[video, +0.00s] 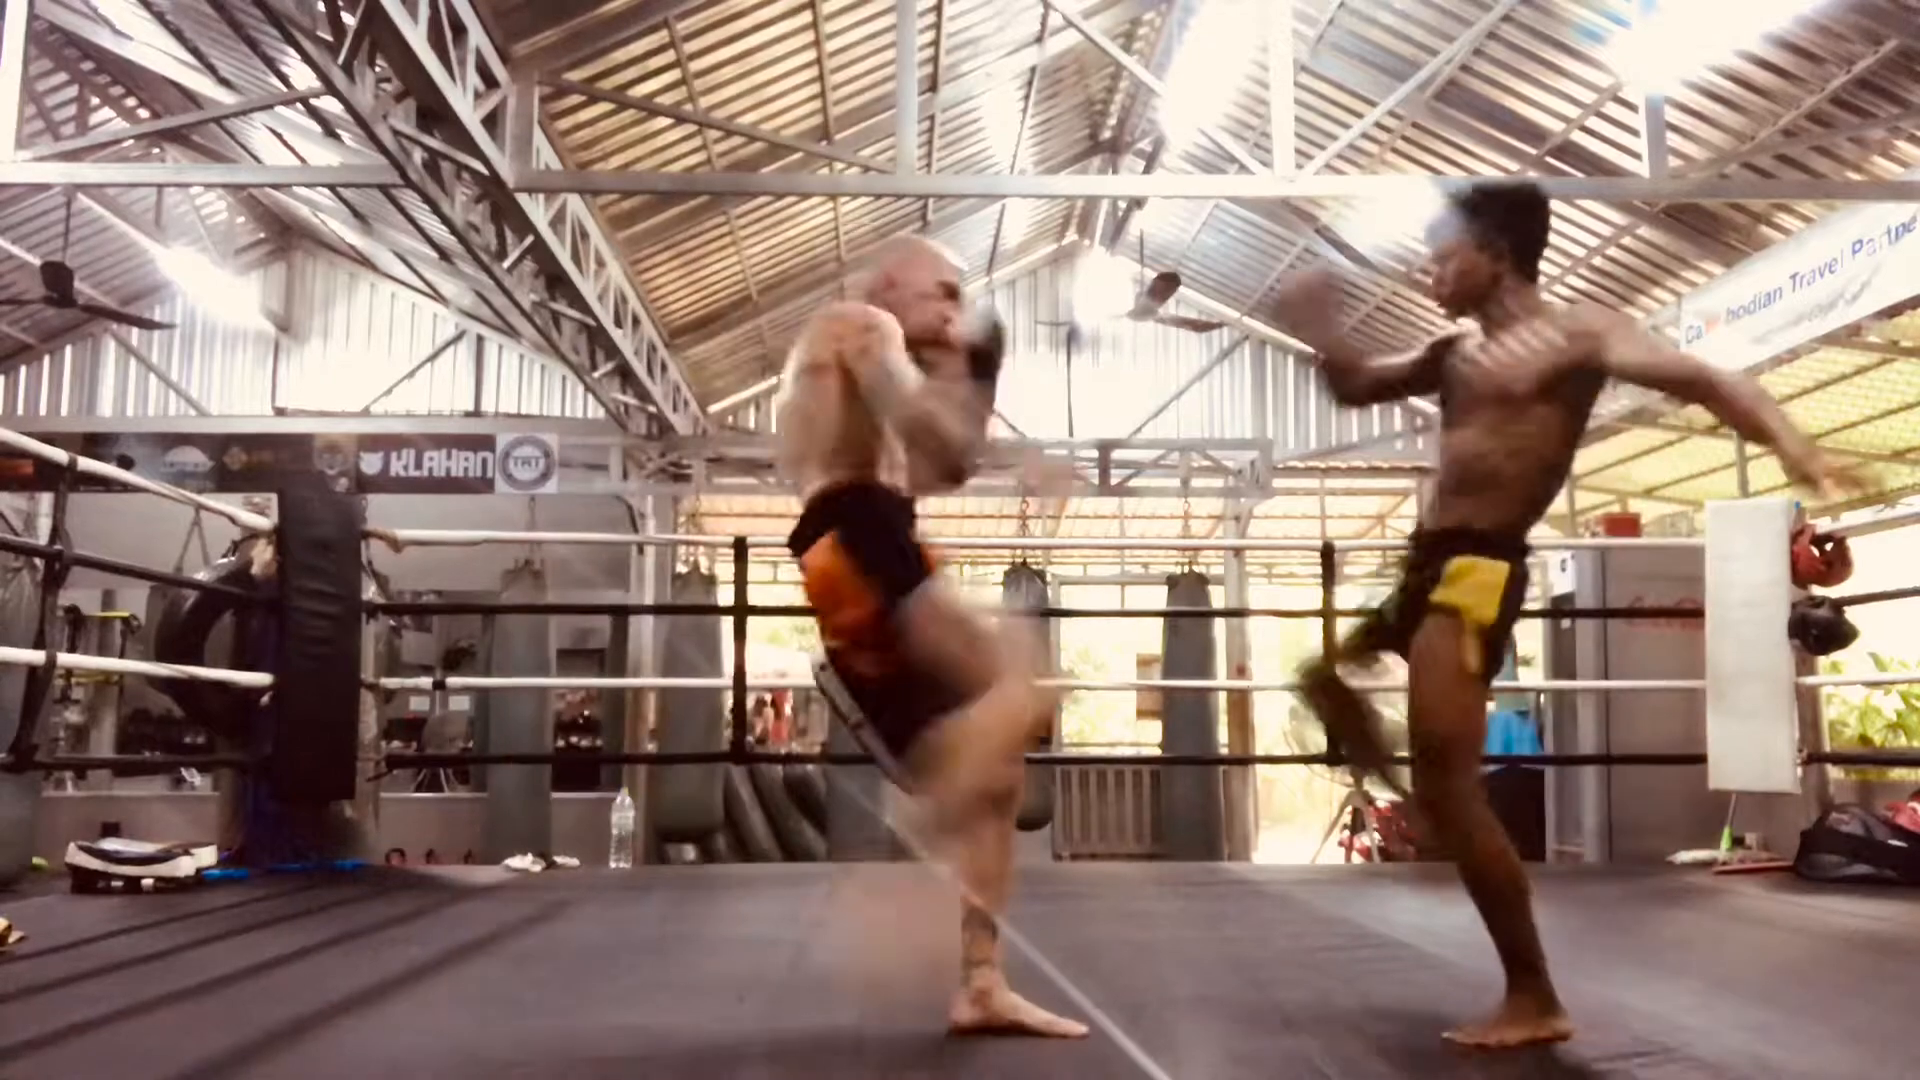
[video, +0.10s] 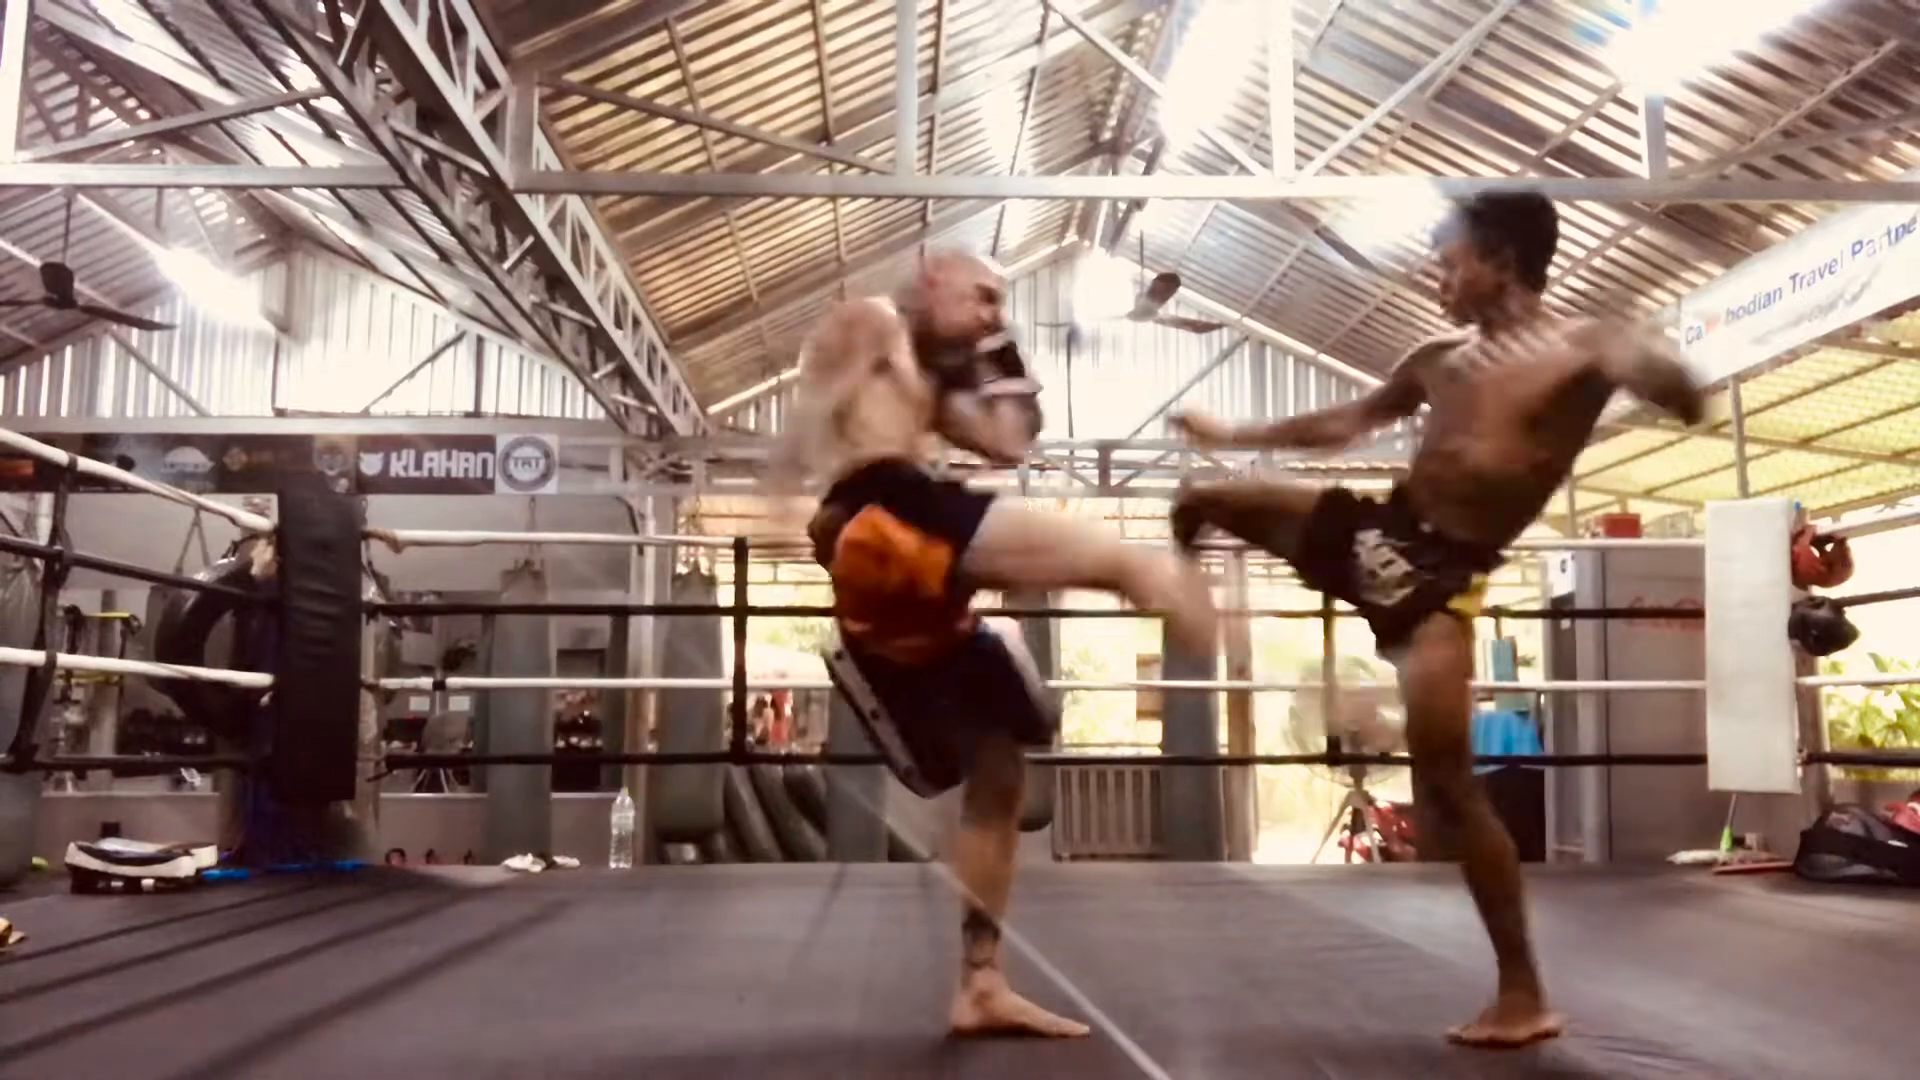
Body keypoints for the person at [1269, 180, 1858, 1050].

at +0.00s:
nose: (1434, 266)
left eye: (1447, 250)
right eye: (1437, 251)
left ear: (1496, 256)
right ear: (1489, 260)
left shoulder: (1574, 334)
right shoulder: (1452, 351)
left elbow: (1709, 381)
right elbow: (1355, 384)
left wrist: (1802, 457)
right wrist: (1317, 322)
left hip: (1474, 572)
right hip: (1430, 568)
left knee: (1447, 797)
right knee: (1320, 678)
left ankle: (1532, 999)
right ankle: (1404, 801)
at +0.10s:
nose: (1440, 276)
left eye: (1453, 260)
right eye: (1442, 261)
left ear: (1503, 263)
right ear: (1496, 267)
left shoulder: (1585, 346)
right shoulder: (1440, 359)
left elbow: (1690, 402)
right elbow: (1344, 425)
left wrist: (1641, 359)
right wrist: (1230, 434)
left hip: (1438, 583)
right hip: (1372, 528)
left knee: (1448, 794)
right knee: (1197, 499)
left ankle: (1522, 996)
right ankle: (1189, 612)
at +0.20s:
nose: (1408, 289)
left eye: (1424, 277)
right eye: (1413, 275)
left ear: (1468, 283)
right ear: (1448, 279)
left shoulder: (1534, 359)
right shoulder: (1421, 362)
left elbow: (1535, 398)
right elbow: (1372, 439)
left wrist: (1456, 344)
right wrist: (1261, 464)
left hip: (1413, 568)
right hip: (1344, 517)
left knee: (1429, 785)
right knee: (1190, 461)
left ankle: (1509, 994)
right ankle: (1048, 437)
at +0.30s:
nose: (1374, 295)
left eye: (1390, 281)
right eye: (1375, 280)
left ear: (1440, 290)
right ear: (1415, 290)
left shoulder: (1474, 373)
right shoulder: (1399, 370)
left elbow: (1391, 384)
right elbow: (1359, 450)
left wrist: (1295, 315)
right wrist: (1267, 451)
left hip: (1390, 591)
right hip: (1321, 552)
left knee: (1425, 784)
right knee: (1199, 499)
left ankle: (1515, 995)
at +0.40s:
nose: (1340, 309)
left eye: (1358, 294)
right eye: (1337, 296)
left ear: (1406, 304)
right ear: (1344, 309)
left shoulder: (1434, 374)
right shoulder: (1343, 388)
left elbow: (1333, 362)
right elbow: (1293, 450)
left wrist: (1303, 306)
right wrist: (1204, 453)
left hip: (1366, 608)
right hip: (1295, 587)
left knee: (1412, 797)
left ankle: (1512, 997)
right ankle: (1122, 837)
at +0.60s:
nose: (1224, 355)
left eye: (1241, 342)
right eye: (1219, 340)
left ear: (1279, 349)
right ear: (1210, 341)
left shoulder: (1316, 438)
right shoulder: (1188, 407)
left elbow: (1376, 533)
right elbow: (1173, 424)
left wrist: (1433, 616)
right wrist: (1281, 367)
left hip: (1259, 619)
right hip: (1189, 617)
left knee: (1324, 752)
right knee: (1152, 786)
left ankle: (1361, 933)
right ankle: (1224, 921)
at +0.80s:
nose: (1209, 429)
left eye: (1226, 417)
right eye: (1200, 411)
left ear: (1246, 412)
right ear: (1181, 399)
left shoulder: (1237, 476)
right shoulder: (1139, 465)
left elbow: (1280, 540)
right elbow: (1071, 531)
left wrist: (1315, 512)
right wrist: (1027, 572)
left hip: (1165, 633)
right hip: (1117, 605)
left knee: (1238, 786)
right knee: (1091, 675)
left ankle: (1157, 948)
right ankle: (1007, 667)